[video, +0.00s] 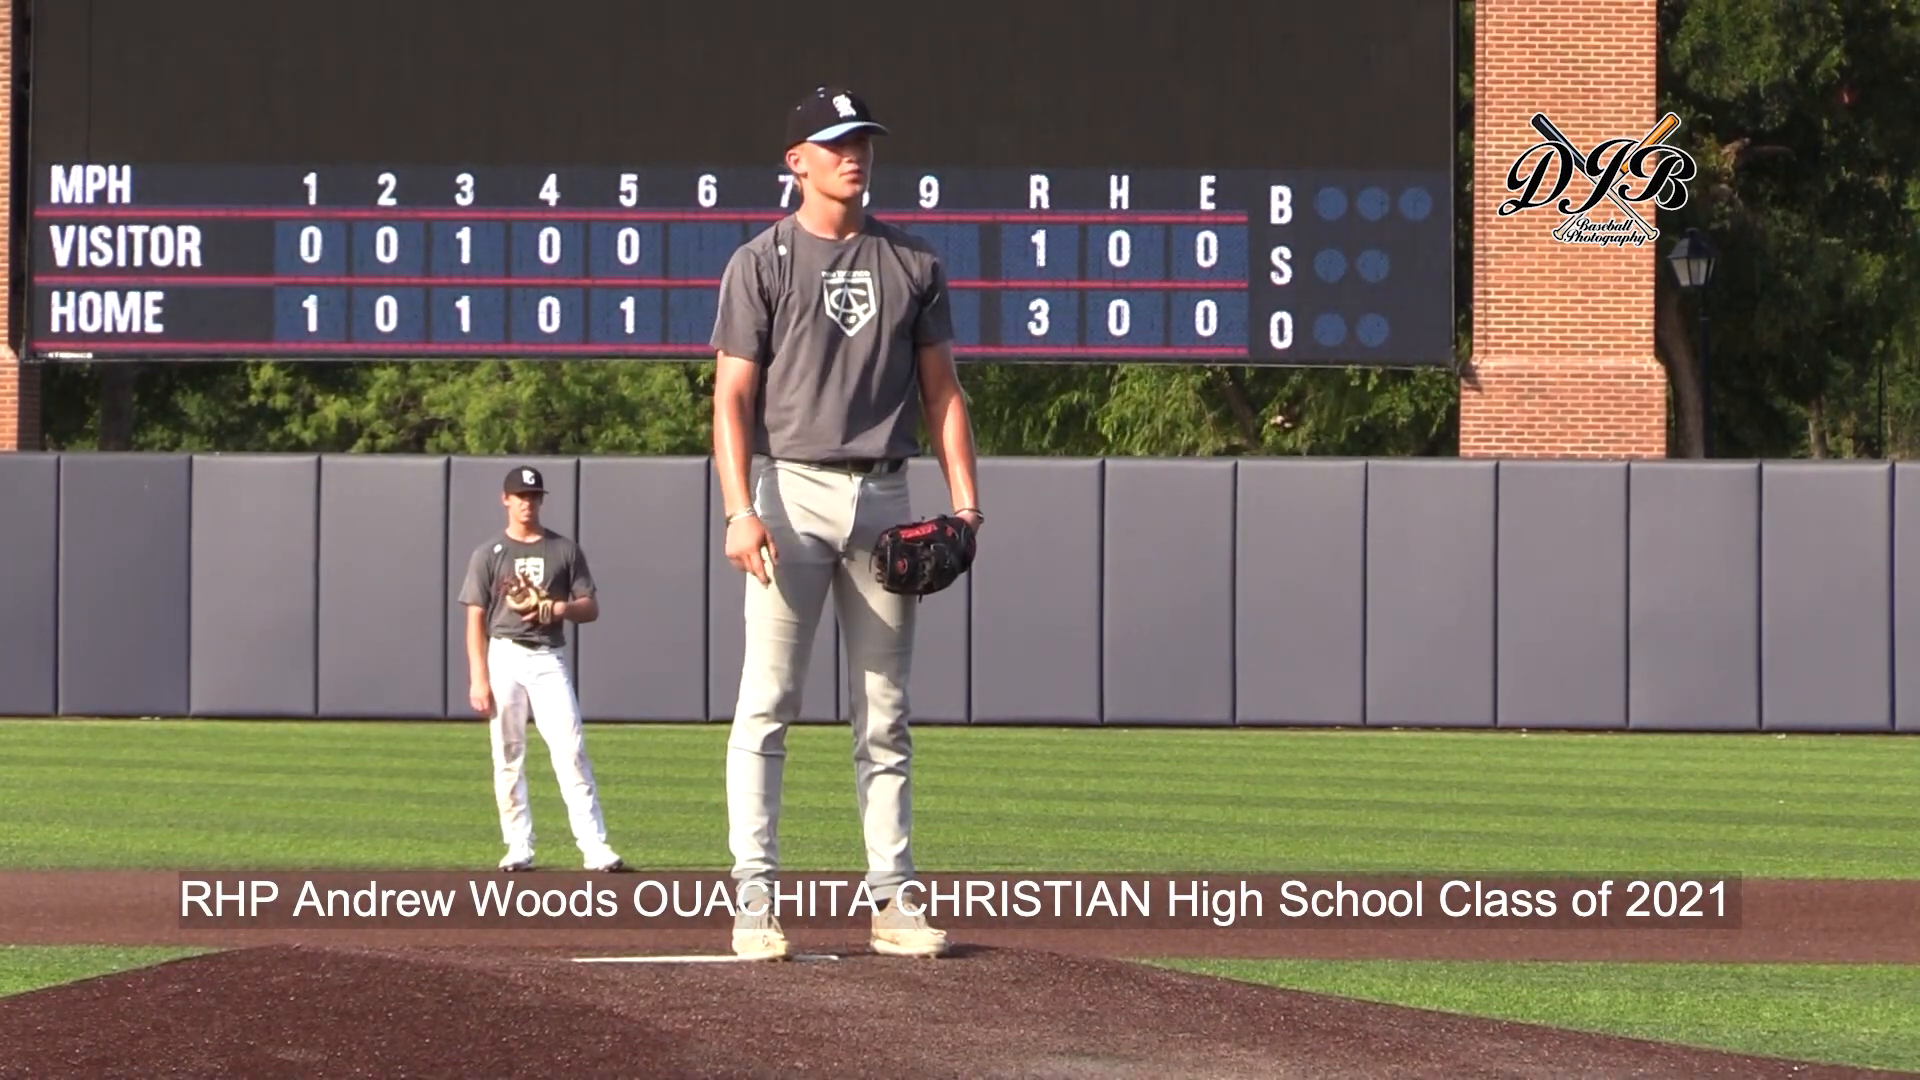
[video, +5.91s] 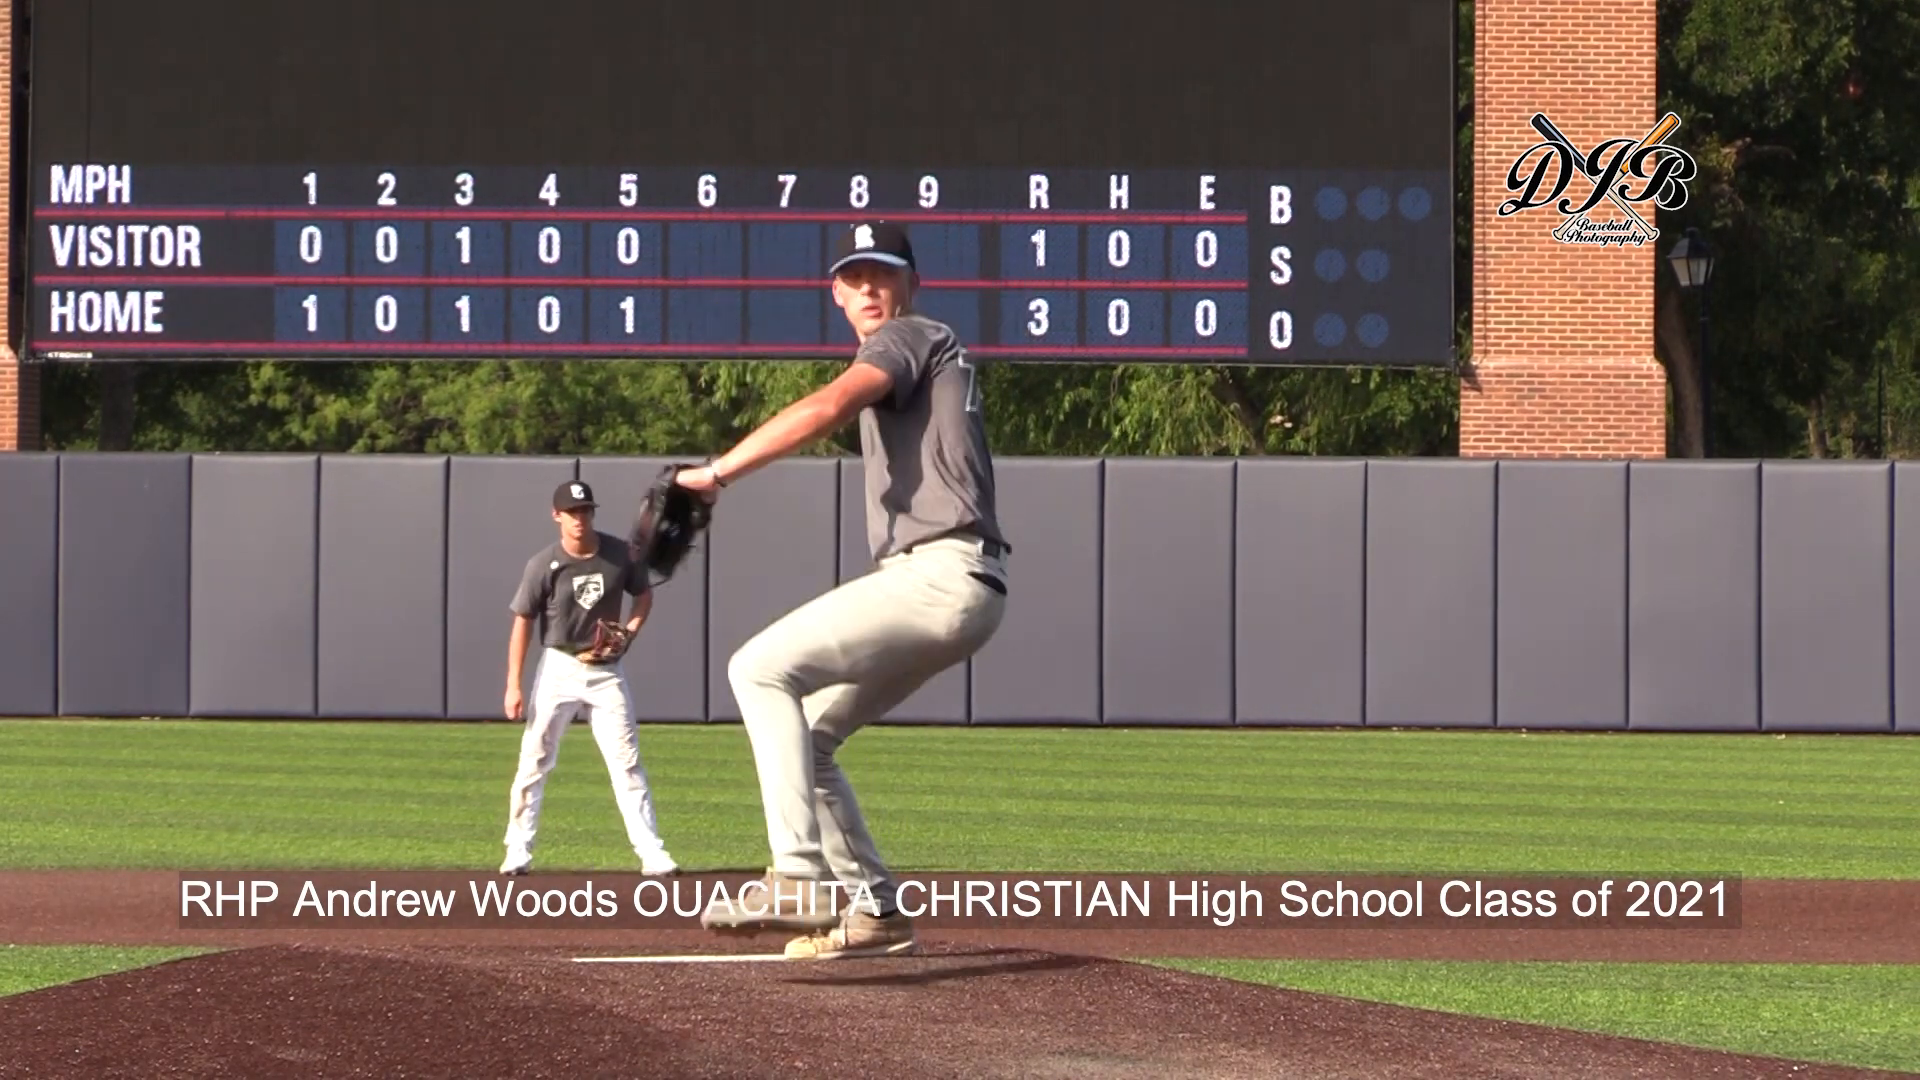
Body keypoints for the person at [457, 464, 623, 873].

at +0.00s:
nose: (528, 503)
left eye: (534, 497)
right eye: (521, 497)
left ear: (543, 500)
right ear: (506, 500)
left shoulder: (566, 550)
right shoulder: (487, 555)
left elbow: (589, 609)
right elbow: (476, 621)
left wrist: (557, 607)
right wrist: (479, 680)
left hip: (549, 657)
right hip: (502, 655)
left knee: (572, 750)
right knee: (508, 756)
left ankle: (596, 850)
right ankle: (519, 849)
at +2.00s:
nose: (532, 504)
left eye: (538, 497)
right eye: (525, 497)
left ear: (547, 500)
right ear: (510, 500)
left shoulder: (569, 551)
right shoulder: (491, 555)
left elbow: (591, 610)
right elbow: (479, 622)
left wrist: (559, 611)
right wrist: (484, 679)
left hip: (552, 658)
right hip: (505, 656)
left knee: (576, 749)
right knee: (509, 757)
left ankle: (599, 851)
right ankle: (519, 850)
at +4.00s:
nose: (565, 502)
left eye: (571, 495)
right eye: (558, 495)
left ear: (579, 498)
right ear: (544, 497)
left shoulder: (601, 551)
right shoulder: (522, 549)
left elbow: (623, 602)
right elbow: (504, 607)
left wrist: (598, 620)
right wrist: (510, 666)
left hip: (584, 660)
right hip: (537, 659)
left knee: (579, 759)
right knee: (528, 758)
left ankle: (576, 852)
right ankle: (521, 848)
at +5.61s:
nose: (537, 514)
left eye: (543, 506)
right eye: (529, 508)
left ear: (551, 507)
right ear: (514, 511)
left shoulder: (581, 546)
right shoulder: (503, 560)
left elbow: (607, 586)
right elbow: (485, 618)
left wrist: (594, 629)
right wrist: (481, 681)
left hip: (576, 664)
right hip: (528, 665)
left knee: (605, 754)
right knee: (519, 763)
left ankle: (625, 846)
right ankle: (517, 856)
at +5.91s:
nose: (580, 520)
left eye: (586, 512)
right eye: (572, 513)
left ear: (594, 513)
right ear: (557, 516)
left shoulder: (619, 554)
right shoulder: (542, 565)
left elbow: (644, 596)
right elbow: (522, 623)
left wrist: (626, 635)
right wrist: (513, 684)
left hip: (606, 673)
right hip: (558, 670)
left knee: (627, 764)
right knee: (533, 763)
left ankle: (653, 857)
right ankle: (517, 856)